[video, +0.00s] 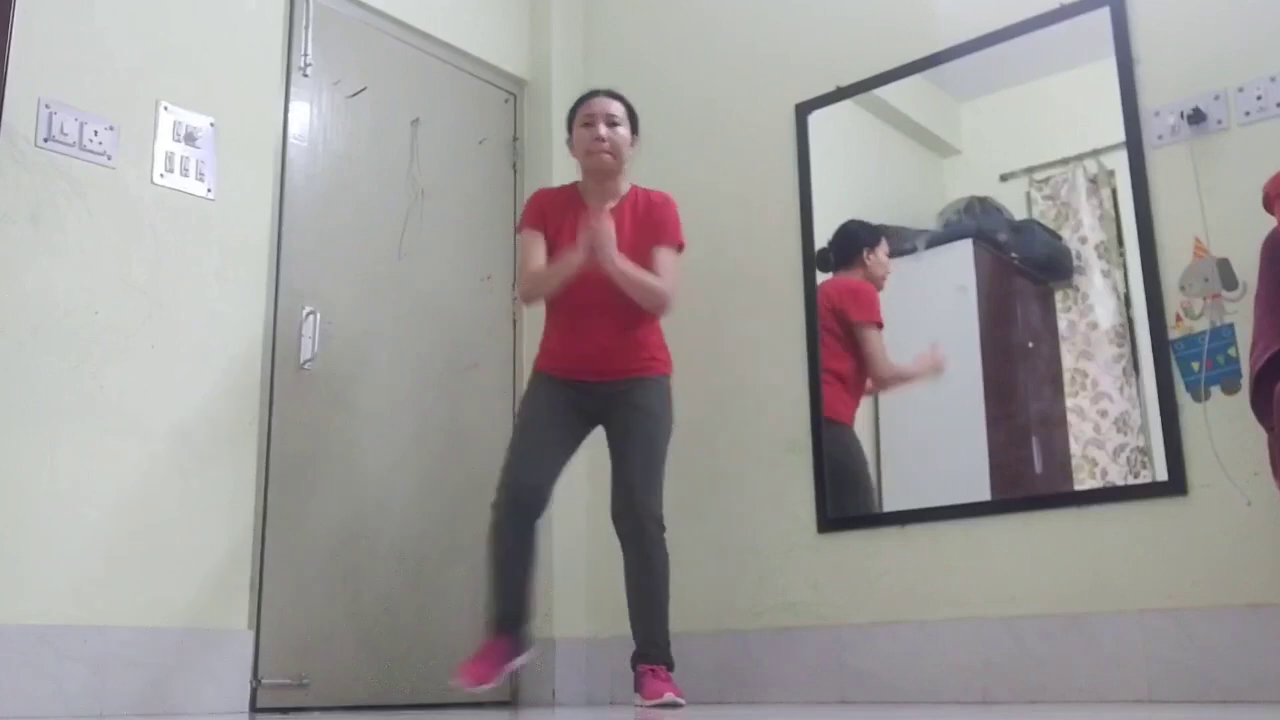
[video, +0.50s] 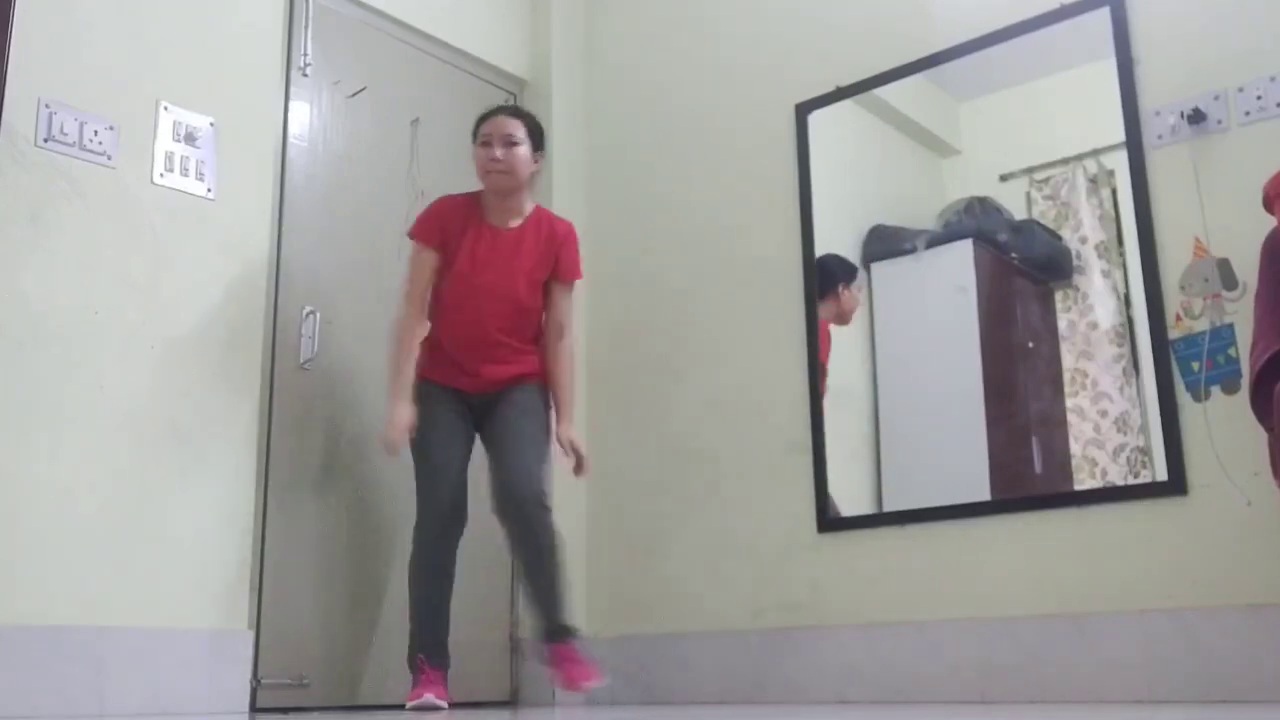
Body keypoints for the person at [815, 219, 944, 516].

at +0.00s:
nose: (889, 267)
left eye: (888, 257)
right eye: (886, 256)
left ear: (840, 258)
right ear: (867, 257)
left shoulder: (824, 291)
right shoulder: (857, 291)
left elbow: (853, 385)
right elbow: (881, 373)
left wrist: (911, 375)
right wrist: (924, 367)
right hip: (829, 422)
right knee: (860, 517)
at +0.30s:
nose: (868, 287)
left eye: (867, 277)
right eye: (865, 277)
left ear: (826, 278)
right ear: (848, 279)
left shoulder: (816, 309)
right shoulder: (831, 311)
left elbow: (833, 396)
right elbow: (853, 390)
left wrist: (899, 401)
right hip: (802, 446)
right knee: (829, 528)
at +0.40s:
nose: (862, 297)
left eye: (861, 288)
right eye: (859, 287)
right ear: (842, 286)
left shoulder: (810, 319)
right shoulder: (823, 322)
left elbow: (822, 407)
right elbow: (823, 405)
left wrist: (868, 463)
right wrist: (870, 463)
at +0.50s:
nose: (859, 302)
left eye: (859, 293)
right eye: (857, 292)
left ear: (840, 291)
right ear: (841, 290)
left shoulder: (816, 328)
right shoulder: (818, 331)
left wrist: (823, 497)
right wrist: (824, 499)